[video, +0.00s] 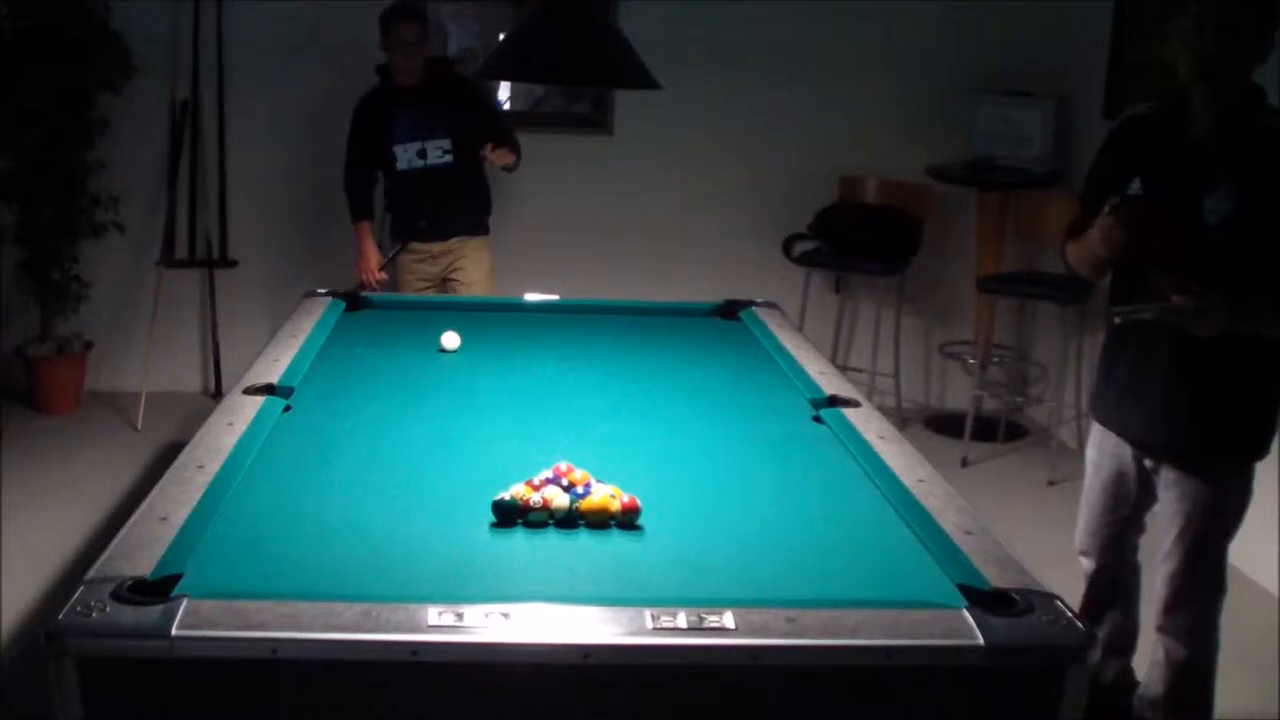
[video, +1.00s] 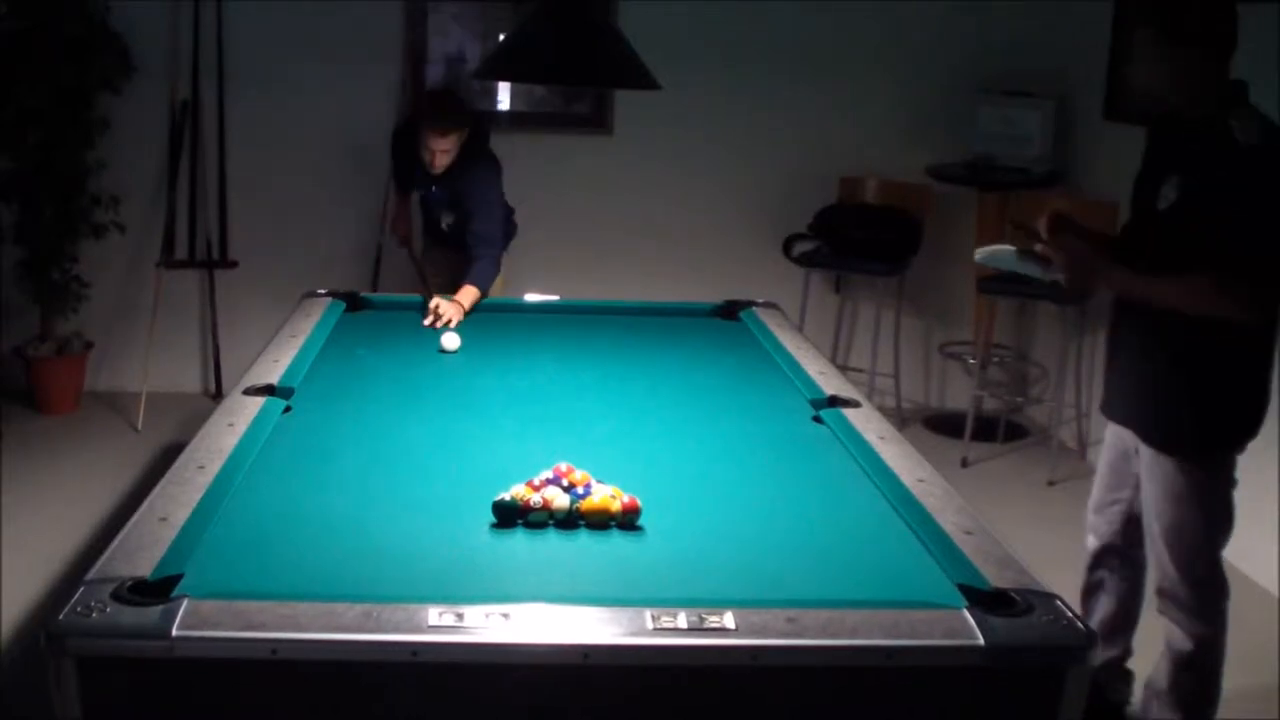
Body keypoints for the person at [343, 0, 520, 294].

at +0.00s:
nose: (409, 53)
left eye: (417, 43)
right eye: (400, 45)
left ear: (429, 43)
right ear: (385, 46)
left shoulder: (459, 90)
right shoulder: (374, 106)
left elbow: (508, 146)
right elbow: (358, 178)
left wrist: (503, 155)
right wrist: (366, 244)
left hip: (467, 244)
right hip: (411, 249)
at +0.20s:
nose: (417, 57)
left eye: (425, 47)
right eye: (408, 48)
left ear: (439, 46)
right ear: (395, 49)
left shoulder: (467, 92)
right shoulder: (383, 103)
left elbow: (501, 142)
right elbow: (364, 177)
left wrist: (520, 163)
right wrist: (363, 246)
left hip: (468, 250)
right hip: (410, 252)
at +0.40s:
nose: (431, 66)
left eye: (439, 57)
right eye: (423, 57)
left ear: (453, 57)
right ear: (410, 58)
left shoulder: (477, 101)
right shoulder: (395, 103)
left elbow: (509, 164)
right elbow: (375, 171)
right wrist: (370, 234)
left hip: (471, 252)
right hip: (417, 251)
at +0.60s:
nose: (444, 105)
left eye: (454, 96)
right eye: (436, 95)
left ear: (466, 91)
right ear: (424, 89)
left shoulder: (485, 125)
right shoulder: (409, 112)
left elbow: (501, 204)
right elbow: (395, 166)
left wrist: (486, 269)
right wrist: (391, 221)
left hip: (473, 255)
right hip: (425, 249)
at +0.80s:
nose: (444, 138)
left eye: (453, 130)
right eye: (437, 128)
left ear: (468, 123)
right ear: (425, 119)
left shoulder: (486, 151)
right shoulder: (413, 130)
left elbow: (494, 232)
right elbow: (402, 162)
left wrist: (467, 295)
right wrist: (399, 199)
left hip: (478, 243)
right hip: (434, 236)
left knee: (477, 323)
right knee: (429, 317)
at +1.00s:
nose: (436, 161)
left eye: (446, 152)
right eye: (429, 150)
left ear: (462, 142)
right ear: (419, 140)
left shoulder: (480, 165)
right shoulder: (407, 143)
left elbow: (488, 249)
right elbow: (402, 178)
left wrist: (460, 303)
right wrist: (402, 216)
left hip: (479, 241)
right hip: (437, 236)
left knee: (480, 318)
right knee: (434, 310)